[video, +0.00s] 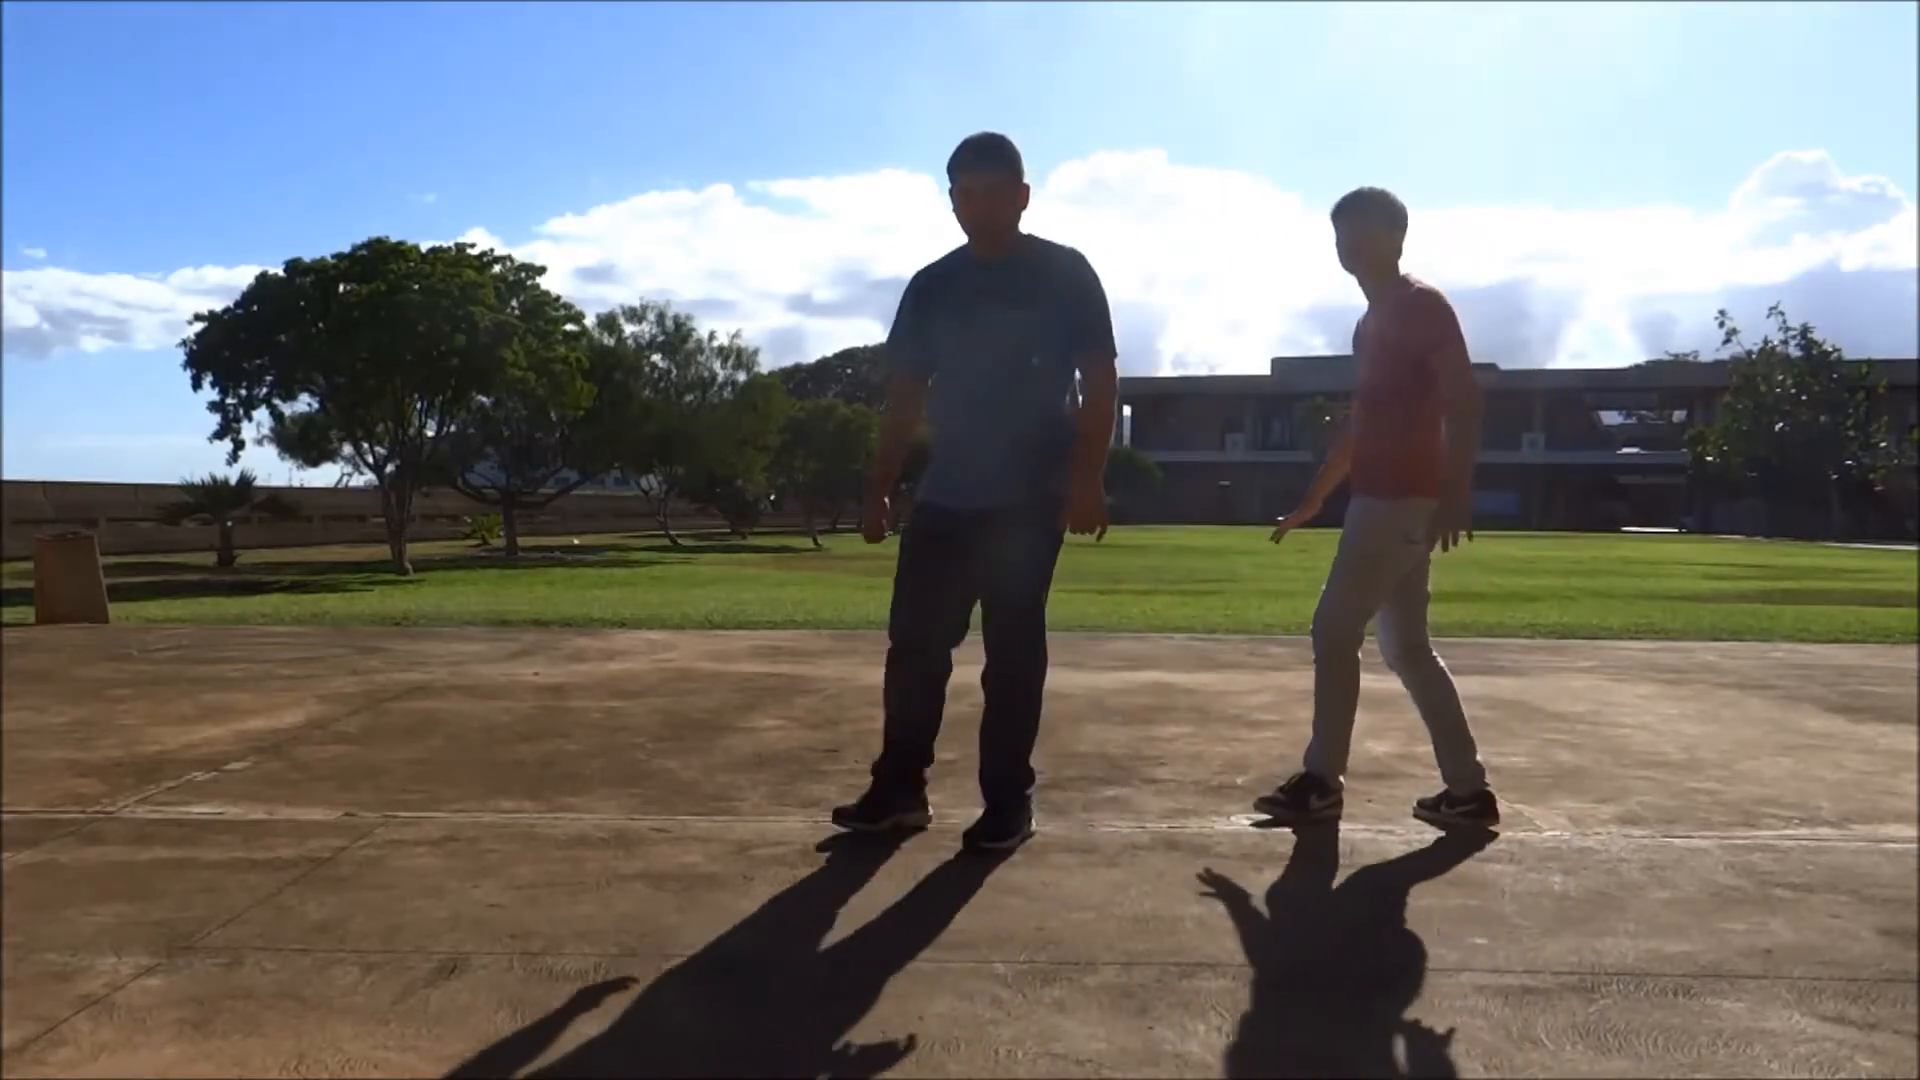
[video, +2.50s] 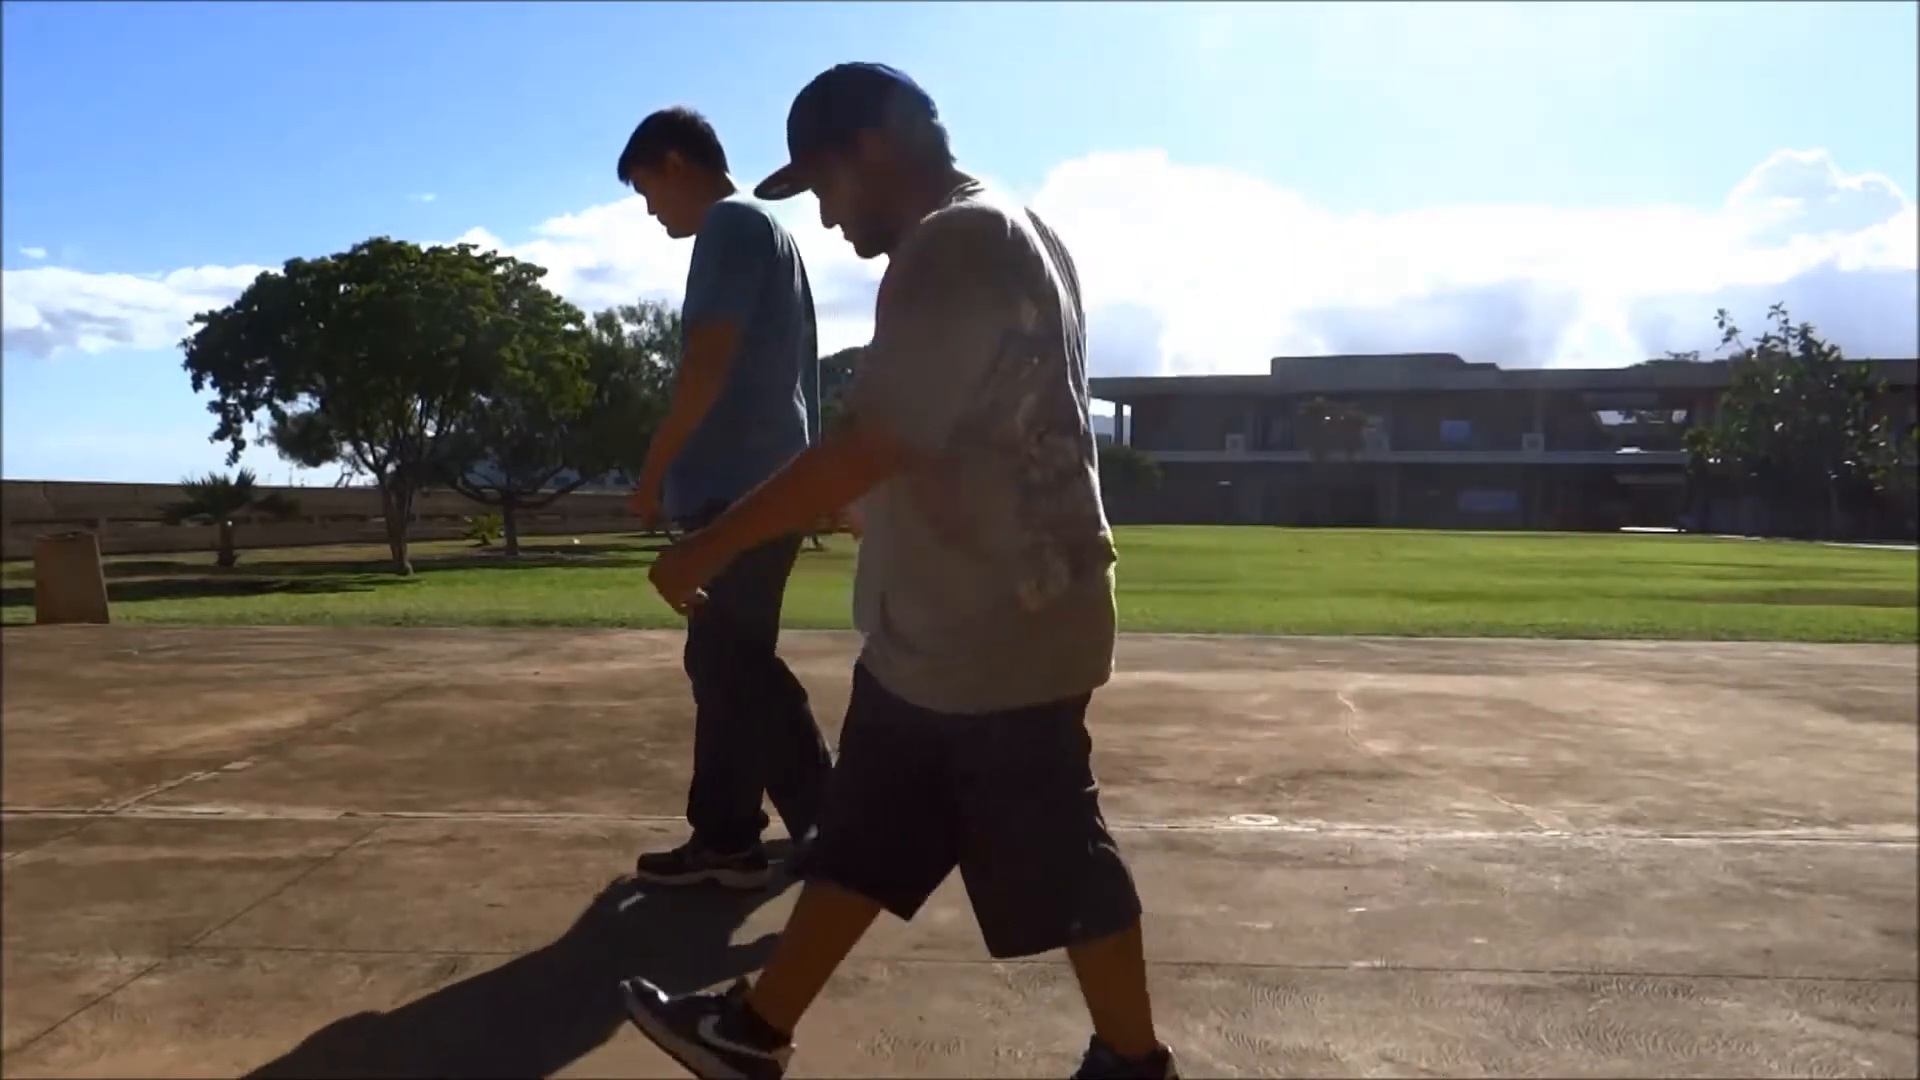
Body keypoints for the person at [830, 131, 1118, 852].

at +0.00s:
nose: (970, 204)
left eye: (985, 189)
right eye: (960, 191)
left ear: (1021, 192)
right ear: (950, 197)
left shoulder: (1068, 275)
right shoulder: (930, 286)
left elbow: (1100, 383)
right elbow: (904, 394)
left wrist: (1088, 478)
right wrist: (881, 484)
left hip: (1029, 496)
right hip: (944, 493)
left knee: (1012, 653)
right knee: (915, 643)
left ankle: (1007, 801)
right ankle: (898, 789)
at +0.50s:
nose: (892, 202)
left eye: (906, 186)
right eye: (878, 188)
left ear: (936, 185)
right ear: (861, 192)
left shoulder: (981, 271)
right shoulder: (833, 279)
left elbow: (1009, 380)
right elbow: (811, 395)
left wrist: (985, 481)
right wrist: (794, 492)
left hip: (948, 510)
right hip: (852, 513)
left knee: (969, 666)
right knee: (839, 674)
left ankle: (1000, 802)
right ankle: (834, 819)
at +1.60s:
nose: (776, 191)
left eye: (780, 171)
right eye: (770, 176)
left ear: (831, 147)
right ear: (811, 160)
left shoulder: (920, 234)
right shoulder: (800, 255)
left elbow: (951, 367)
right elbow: (778, 379)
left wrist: (930, 487)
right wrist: (746, 487)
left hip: (886, 502)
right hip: (802, 505)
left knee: (881, 673)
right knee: (778, 656)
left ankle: (889, 866)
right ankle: (817, 810)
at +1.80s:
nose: (760, 191)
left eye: (759, 170)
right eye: (753, 175)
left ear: (798, 147)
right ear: (797, 152)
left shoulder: (881, 219)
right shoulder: (812, 252)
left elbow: (880, 348)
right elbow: (809, 386)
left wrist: (840, 462)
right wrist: (778, 493)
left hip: (876, 499)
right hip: (814, 502)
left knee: (878, 676)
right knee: (780, 662)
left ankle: (887, 871)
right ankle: (750, 829)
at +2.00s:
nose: (741, 202)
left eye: (736, 180)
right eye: (732, 186)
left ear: (768, 151)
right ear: (783, 149)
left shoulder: (835, 213)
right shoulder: (849, 228)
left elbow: (807, 346)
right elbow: (853, 371)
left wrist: (734, 458)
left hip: (848, 502)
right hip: (813, 504)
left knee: (864, 682)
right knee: (770, 665)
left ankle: (885, 871)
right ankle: (729, 832)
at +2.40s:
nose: (666, 208)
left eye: (663, 189)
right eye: (659, 194)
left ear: (695, 164)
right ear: (717, 163)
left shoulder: (749, 223)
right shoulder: (777, 230)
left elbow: (729, 356)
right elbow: (800, 372)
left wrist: (667, 470)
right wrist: (714, 476)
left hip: (761, 496)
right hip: (759, 494)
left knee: (779, 669)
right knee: (726, 665)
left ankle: (867, 853)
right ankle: (727, 841)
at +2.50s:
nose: (651, 213)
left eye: (648, 193)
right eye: (644, 198)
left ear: (679, 166)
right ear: (697, 164)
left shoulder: (731, 227)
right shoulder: (764, 232)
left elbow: (710, 362)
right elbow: (786, 372)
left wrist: (652, 472)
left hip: (738, 491)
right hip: (765, 486)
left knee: (726, 657)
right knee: (734, 656)